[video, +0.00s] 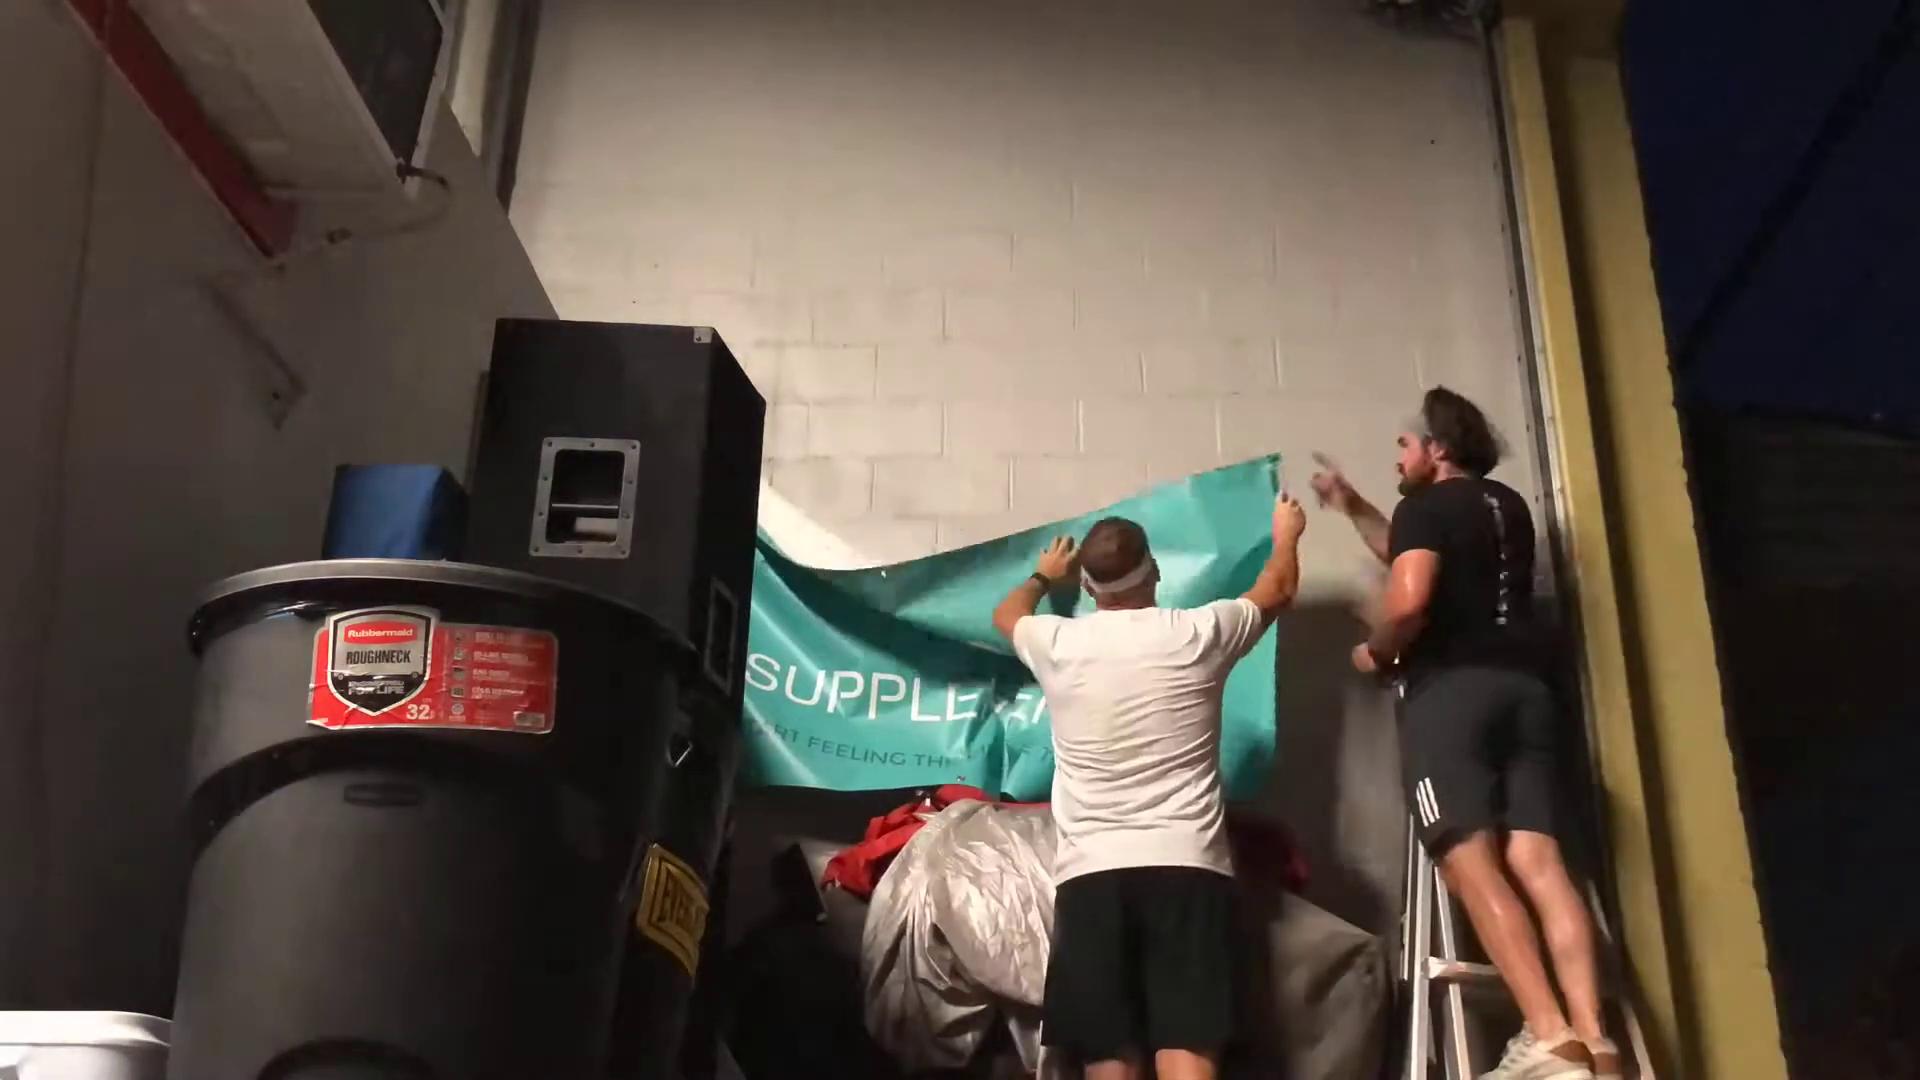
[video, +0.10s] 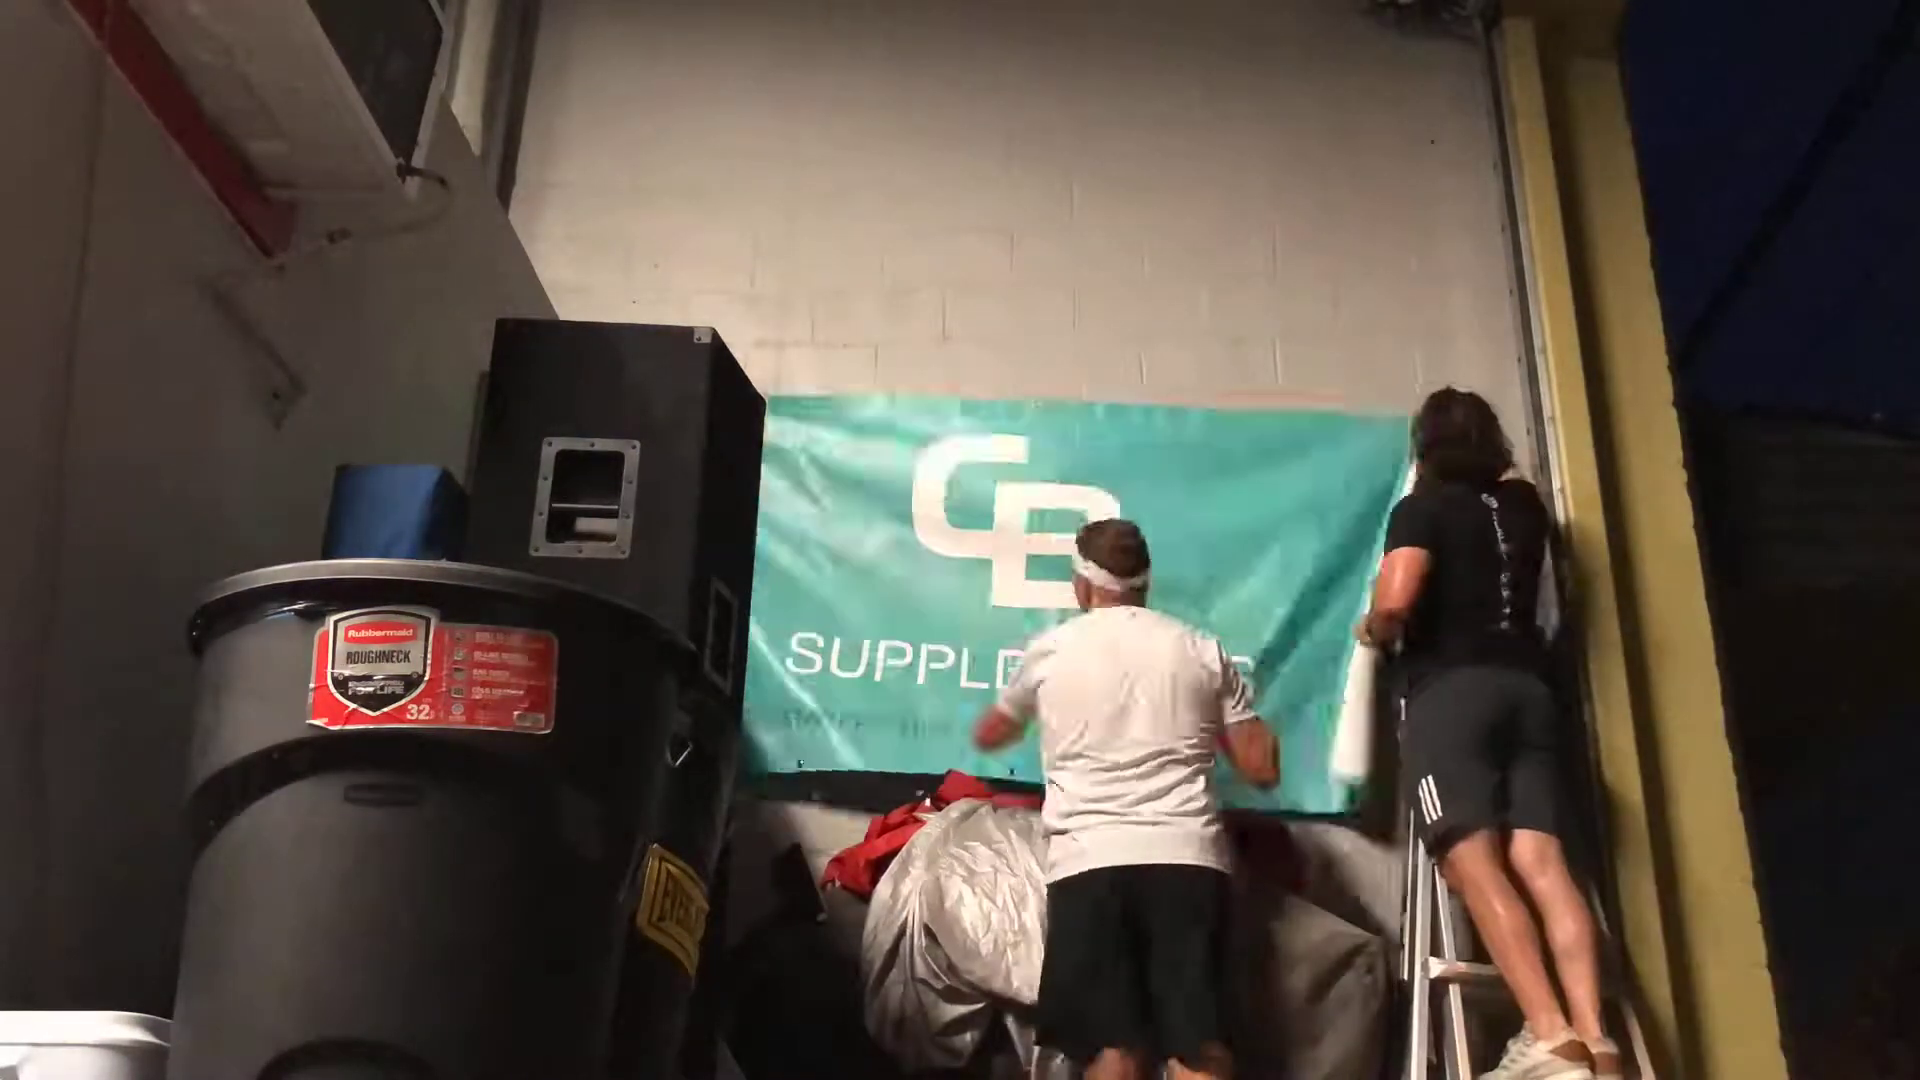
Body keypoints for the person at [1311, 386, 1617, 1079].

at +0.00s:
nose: (1397, 455)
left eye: (1404, 444)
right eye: (1399, 444)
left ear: (1434, 452)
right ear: (1462, 454)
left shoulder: (1426, 507)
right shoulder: (1509, 506)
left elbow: (1408, 603)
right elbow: (1414, 560)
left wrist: (1377, 651)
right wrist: (1354, 507)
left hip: (1451, 689)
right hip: (1525, 685)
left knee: (1475, 872)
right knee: (1540, 861)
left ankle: (1550, 1033)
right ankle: (1593, 1034)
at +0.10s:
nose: (1417, 454)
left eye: (1418, 444)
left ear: (1425, 449)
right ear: (1495, 446)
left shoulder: (1424, 507)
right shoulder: (1525, 505)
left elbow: (1394, 606)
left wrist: (1375, 630)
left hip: (1452, 687)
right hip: (1528, 682)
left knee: (1481, 876)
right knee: (1544, 864)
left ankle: (1548, 1032)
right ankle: (1591, 1032)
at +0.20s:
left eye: (1408, 437)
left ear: (1409, 448)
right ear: (1480, 443)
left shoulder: (1402, 514)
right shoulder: (1525, 506)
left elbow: (1368, 615)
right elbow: (1532, 579)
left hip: (1447, 691)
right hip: (1527, 686)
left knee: (1480, 873)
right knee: (1544, 862)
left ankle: (1548, 1032)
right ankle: (1593, 1032)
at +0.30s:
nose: (1402, 459)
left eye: (1404, 447)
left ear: (1411, 453)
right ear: (1482, 451)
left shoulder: (1399, 512)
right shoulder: (1517, 508)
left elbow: (1330, 592)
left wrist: (1316, 638)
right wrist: (1474, 451)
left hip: (1446, 687)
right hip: (1527, 681)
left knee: (1472, 867)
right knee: (1540, 859)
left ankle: (1548, 1031)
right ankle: (1596, 1038)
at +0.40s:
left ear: (1423, 449)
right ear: (1492, 449)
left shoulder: (1394, 493)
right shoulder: (1522, 500)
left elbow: (1373, 455)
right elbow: (1506, 474)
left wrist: (1402, 411)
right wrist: (1470, 439)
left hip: (1438, 678)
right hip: (1521, 673)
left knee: (1476, 859)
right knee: (1538, 849)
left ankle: (1544, 1027)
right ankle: (1590, 1026)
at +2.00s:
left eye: (1411, 438)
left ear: (1408, 460)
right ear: (1476, 453)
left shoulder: (1384, 506)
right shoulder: (1505, 496)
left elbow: (1374, 456)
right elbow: (1528, 449)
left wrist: (1403, 408)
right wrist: (1468, 392)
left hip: (1429, 681)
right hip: (1511, 673)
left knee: (1473, 858)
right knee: (1534, 846)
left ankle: (1527, 1020)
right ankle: (1586, 1018)